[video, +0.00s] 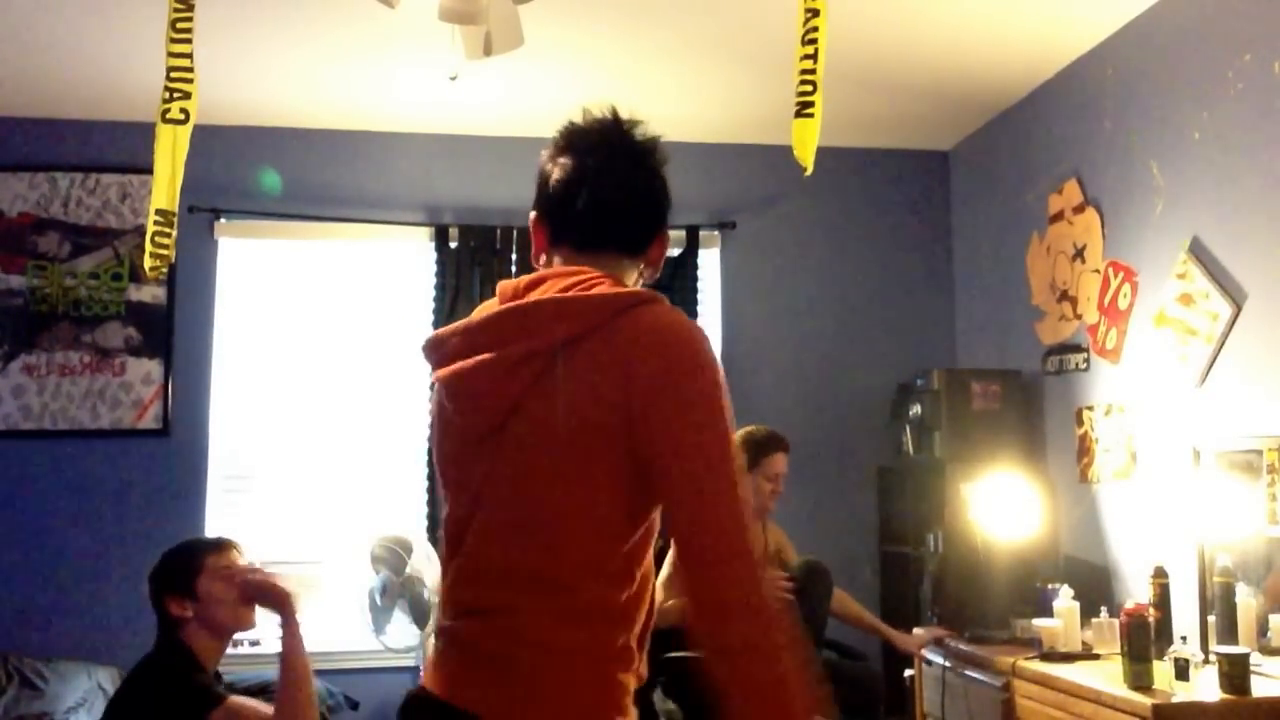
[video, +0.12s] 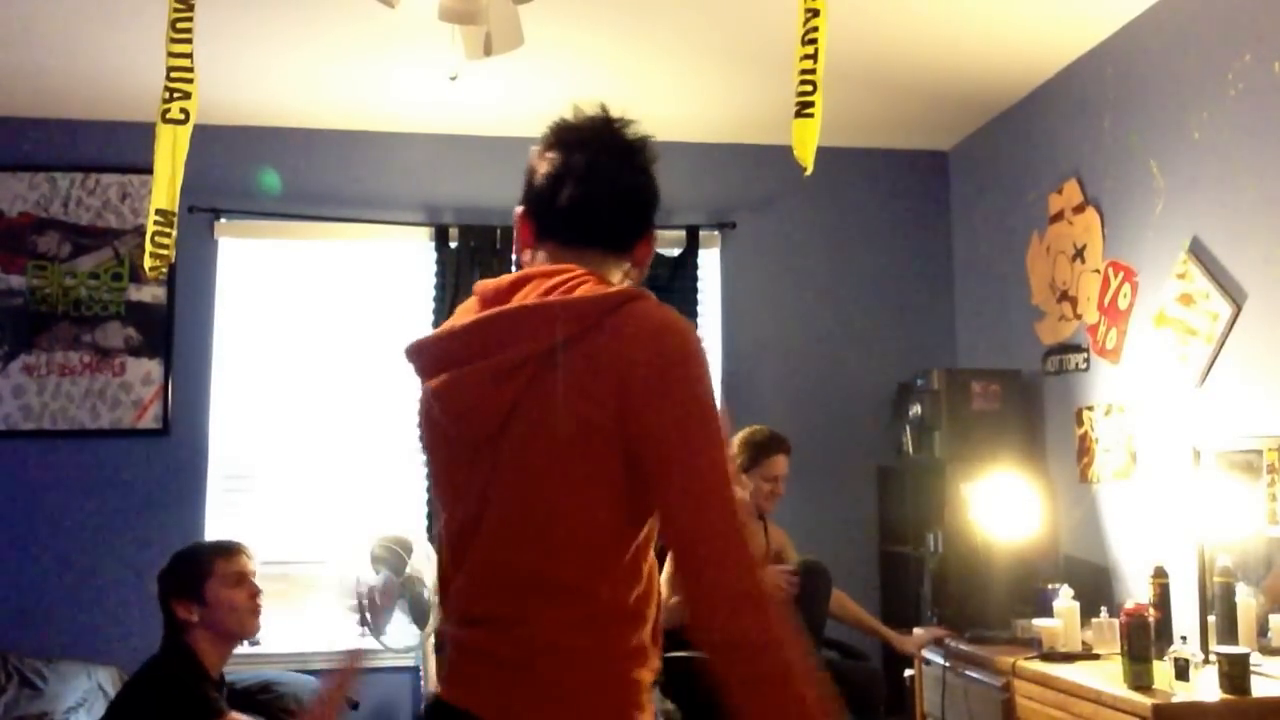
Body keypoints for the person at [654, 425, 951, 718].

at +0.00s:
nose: (778, 490)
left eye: (781, 480)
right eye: (770, 479)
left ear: (780, 480)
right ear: (739, 476)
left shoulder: (768, 535)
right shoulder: (703, 533)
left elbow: (825, 594)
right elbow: (661, 612)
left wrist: (895, 636)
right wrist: (748, 591)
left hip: (761, 643)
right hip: (718, 654)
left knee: (814, 575)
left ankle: (790, 685)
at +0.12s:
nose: (779, 491)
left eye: (783, 481)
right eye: (769, 480)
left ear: (785, 480)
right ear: (737, 475)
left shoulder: (773, 537)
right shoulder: (705, 530)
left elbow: (825, 597)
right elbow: (668, 613)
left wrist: (896, 638)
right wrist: (753, 583)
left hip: (761, 644)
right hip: (710, 649)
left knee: (815, 575)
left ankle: (797, 680)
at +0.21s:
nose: (777, 491)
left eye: (781, 482)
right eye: (768, 481)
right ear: (736, 474)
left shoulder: (769, 531)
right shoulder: (705, 522)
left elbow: (822, 593)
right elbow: (702, 609)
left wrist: (895, 638)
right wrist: (753, 581)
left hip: (766, 640)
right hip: (726, 650)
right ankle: (788, 708)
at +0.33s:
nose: (776, 491)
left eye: (781, 482)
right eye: (767, 481)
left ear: (785, 478)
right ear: (735, 474)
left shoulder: (768, 527)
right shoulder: (702, 522)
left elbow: (818, 589)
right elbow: (690, 620)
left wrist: (895, 638)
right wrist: (759, 576)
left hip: (763, 645)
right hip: (715, 653)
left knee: (863, 673)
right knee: (806, 586)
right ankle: (789, 704)